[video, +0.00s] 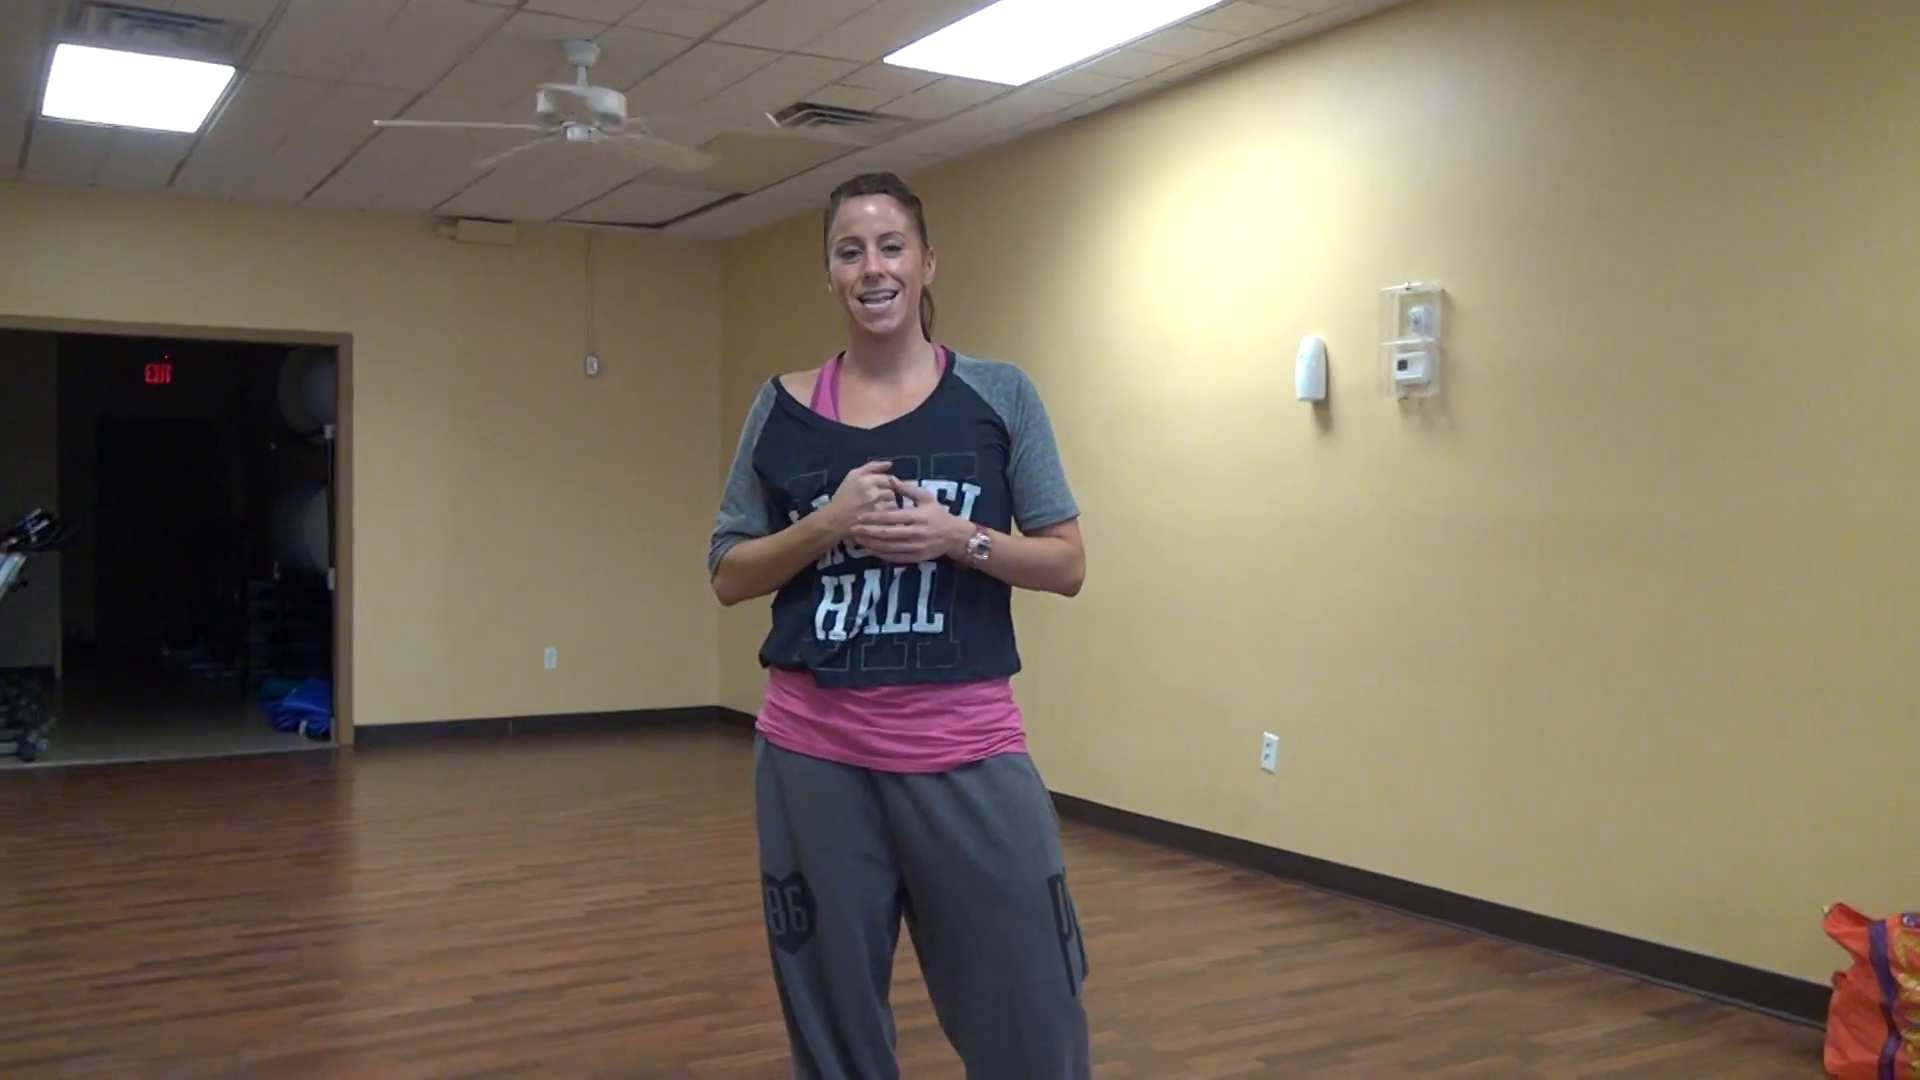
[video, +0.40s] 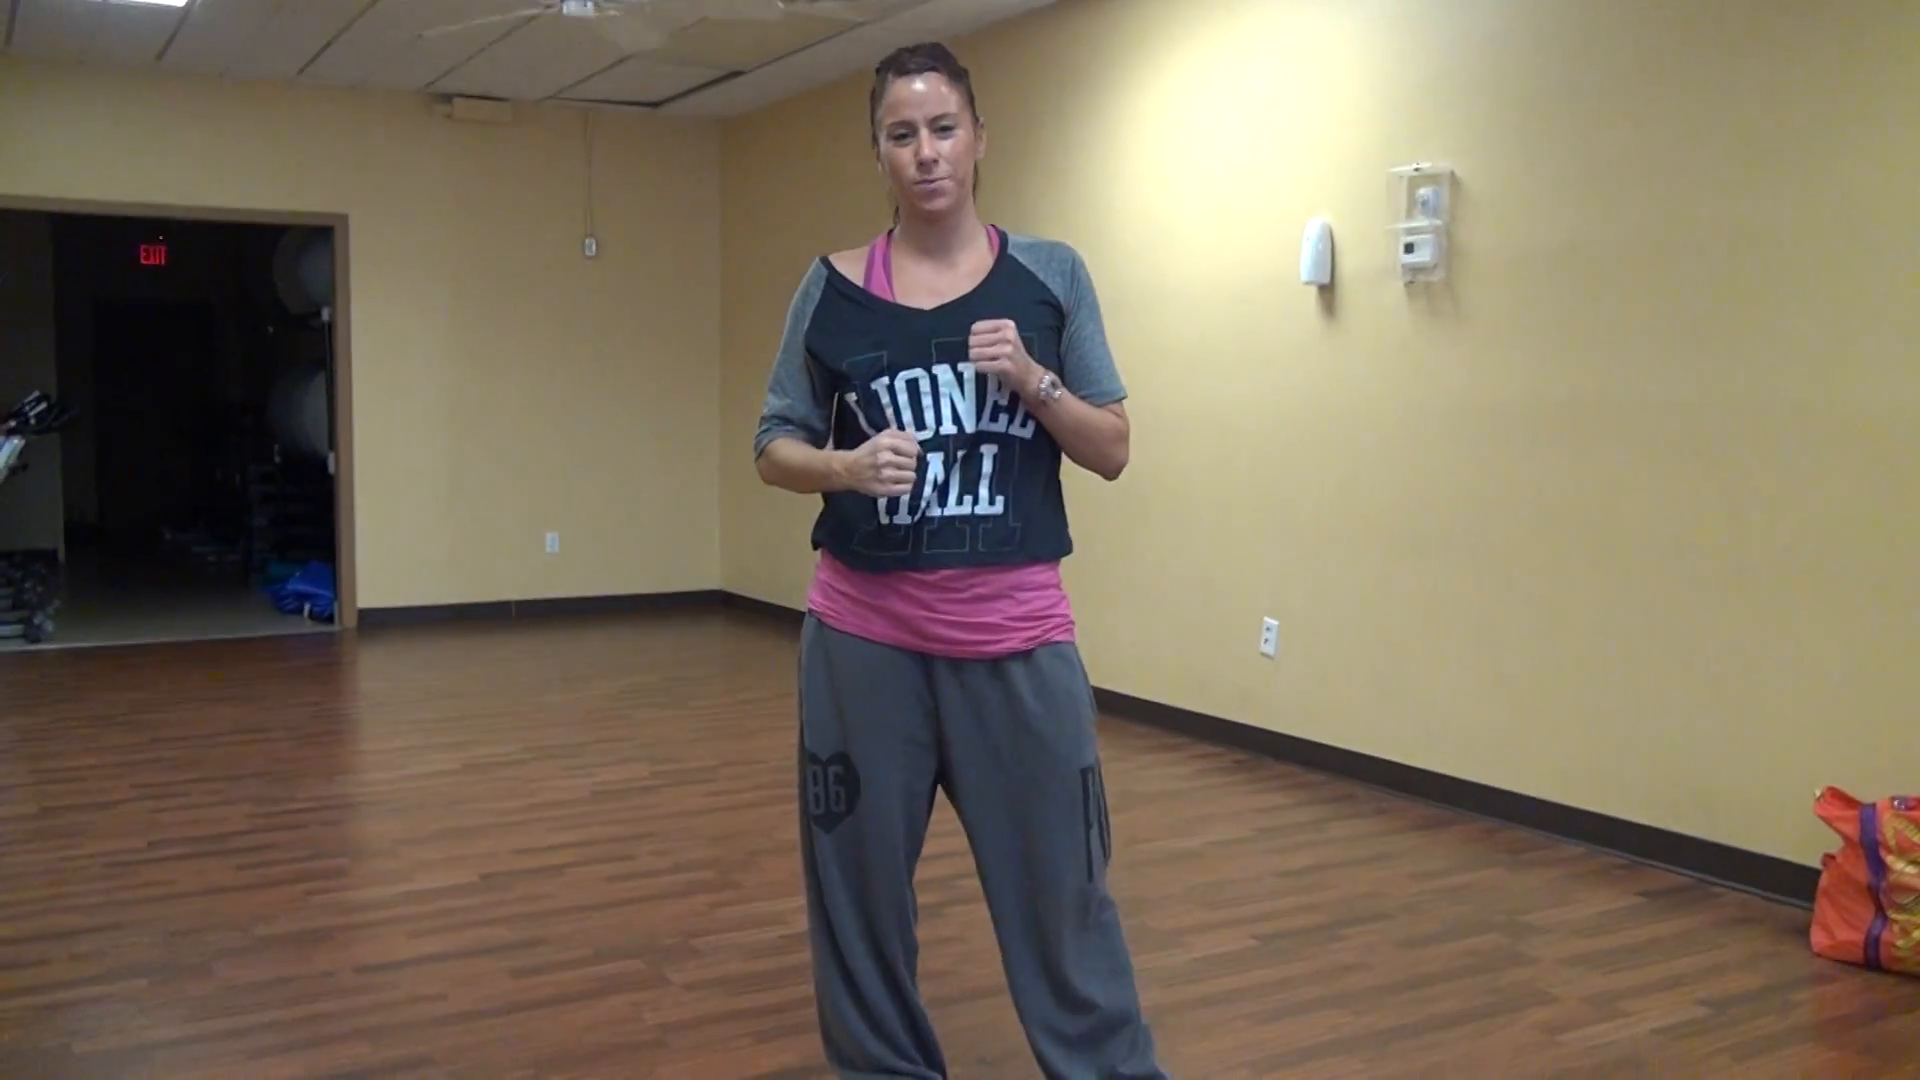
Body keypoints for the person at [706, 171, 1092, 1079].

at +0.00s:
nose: (871, 269)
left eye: (891, 247)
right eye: (850, 252)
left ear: (926, 263)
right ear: (828, 272)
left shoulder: (999, 393)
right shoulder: (784, 404)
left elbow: (1067, 565)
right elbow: (729, 577)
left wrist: (961, 538)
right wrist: (828, 523)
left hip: (967, 753)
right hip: (811, 754)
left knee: (1032, 1028)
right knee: (832, 1032)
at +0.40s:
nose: (926, 152)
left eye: (944, 128)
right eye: (903, 134)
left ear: (979, 138)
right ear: (878, 153)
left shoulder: (1051, 274)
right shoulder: (833, 287)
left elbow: (1111, 447)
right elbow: (775, 447)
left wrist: (1034, 385)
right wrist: (844, 467)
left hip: (1016, 633)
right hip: (861, 636)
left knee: (1063, 899)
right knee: (856, 902)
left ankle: (1112, 1068)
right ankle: (886, 1070)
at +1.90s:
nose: (1029, 131)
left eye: (1049, 114)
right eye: (1006, 117)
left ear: (1079, 142)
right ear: (977, 150)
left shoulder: (1145, 283)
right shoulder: (925, 280)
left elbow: (1212, 459)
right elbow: (863, 453)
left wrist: (1095, 441)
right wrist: (961, 423)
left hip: (1100, 646)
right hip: (939, 641)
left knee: (1108, 927)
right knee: (908, 919)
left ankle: (1104, 1072)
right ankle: (890, 1069)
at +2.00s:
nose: (1025, 131)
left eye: (1046, 114)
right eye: (1003, 117)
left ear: (1077, 141)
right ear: (975, 148)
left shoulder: (1142, 281)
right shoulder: (924, 280)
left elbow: (1207, 459)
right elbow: (866, 457)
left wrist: (1107, 439)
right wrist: (934, 413)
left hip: (1097, 646)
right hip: (937, 641)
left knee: (1107, 925)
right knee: (906, 917)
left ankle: (1104, 1072)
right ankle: (889, 1069)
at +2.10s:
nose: (1022, 130)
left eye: (1043, 113)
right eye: (1000, 116)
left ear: (1074, 141)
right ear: (973, 148)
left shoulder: (1140, 279)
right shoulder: (920, 281)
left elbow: (1203, 455)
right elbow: (862, 461)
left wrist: (1119, 443)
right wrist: (922, 396)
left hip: (1096, 642)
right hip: (936, 639)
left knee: (1107, 920)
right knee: (907, 912)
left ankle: (1105, 1072)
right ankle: (888, 1069)